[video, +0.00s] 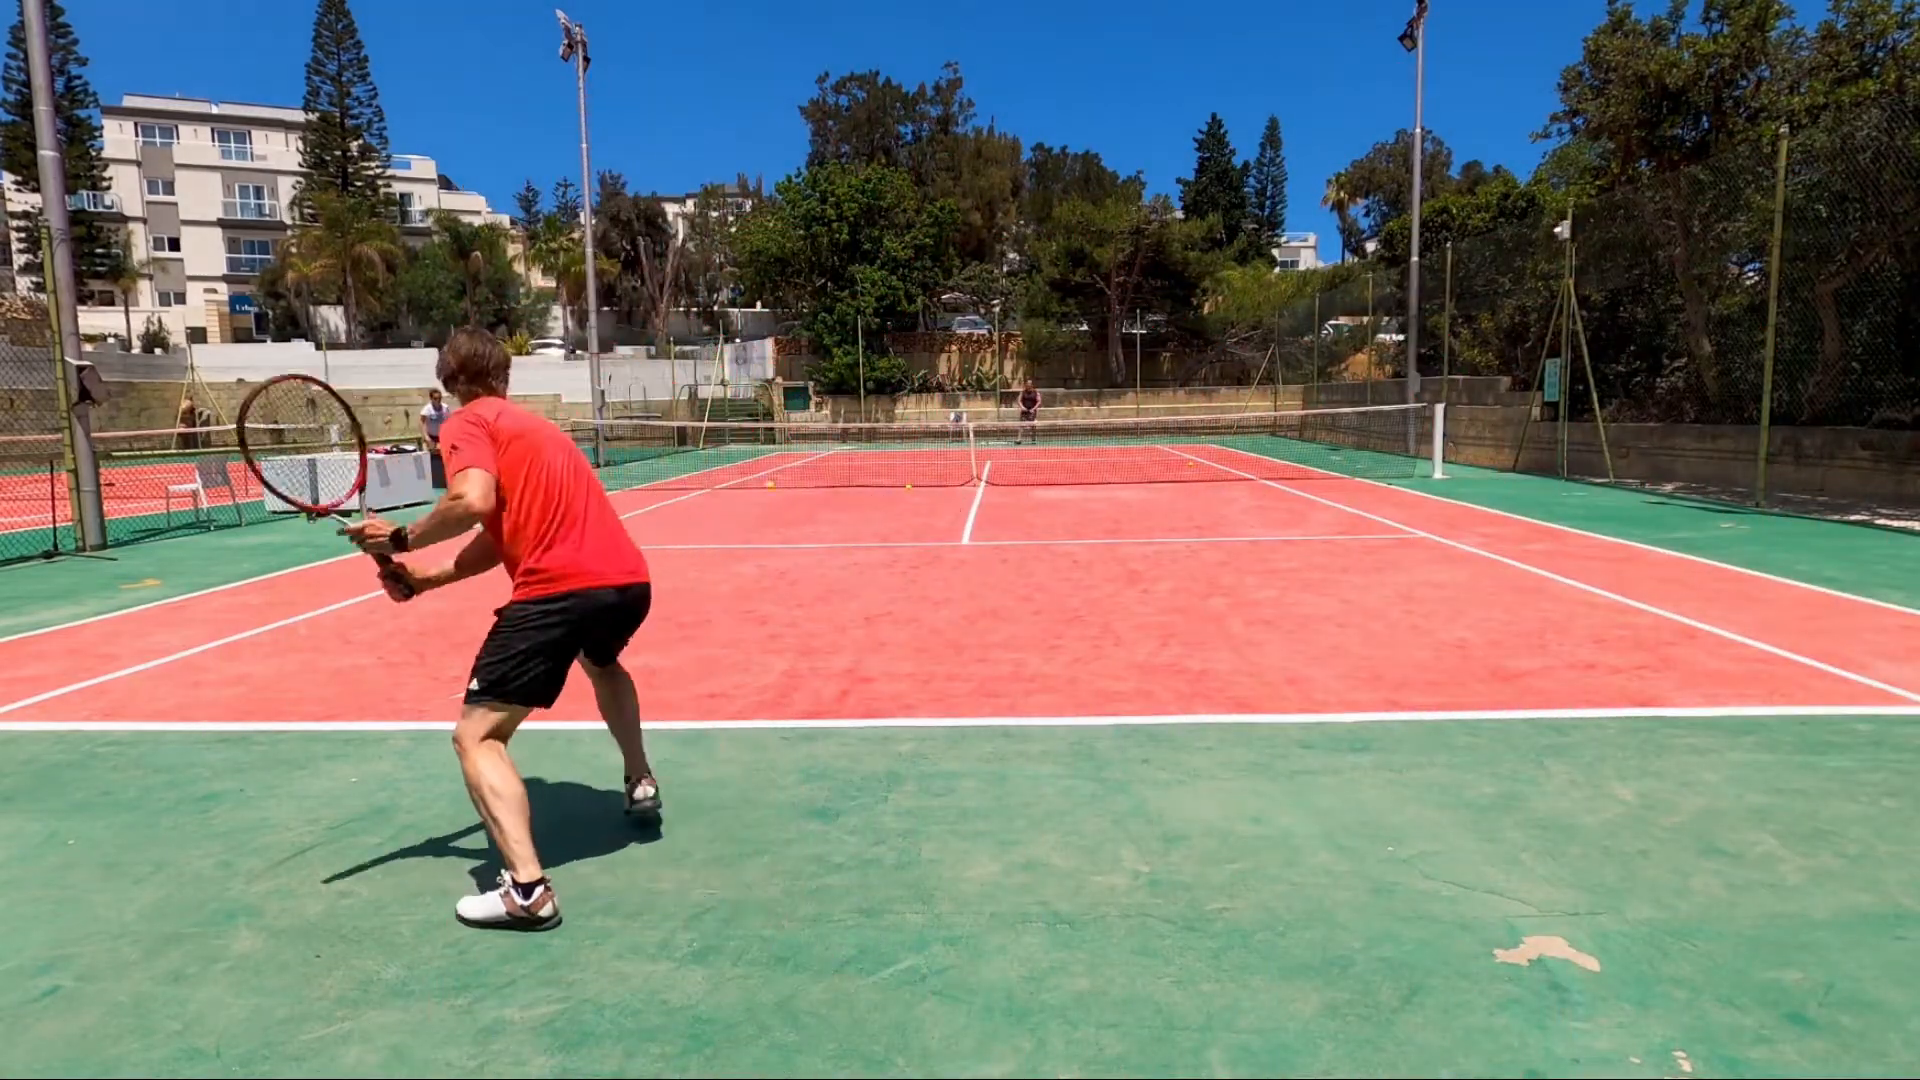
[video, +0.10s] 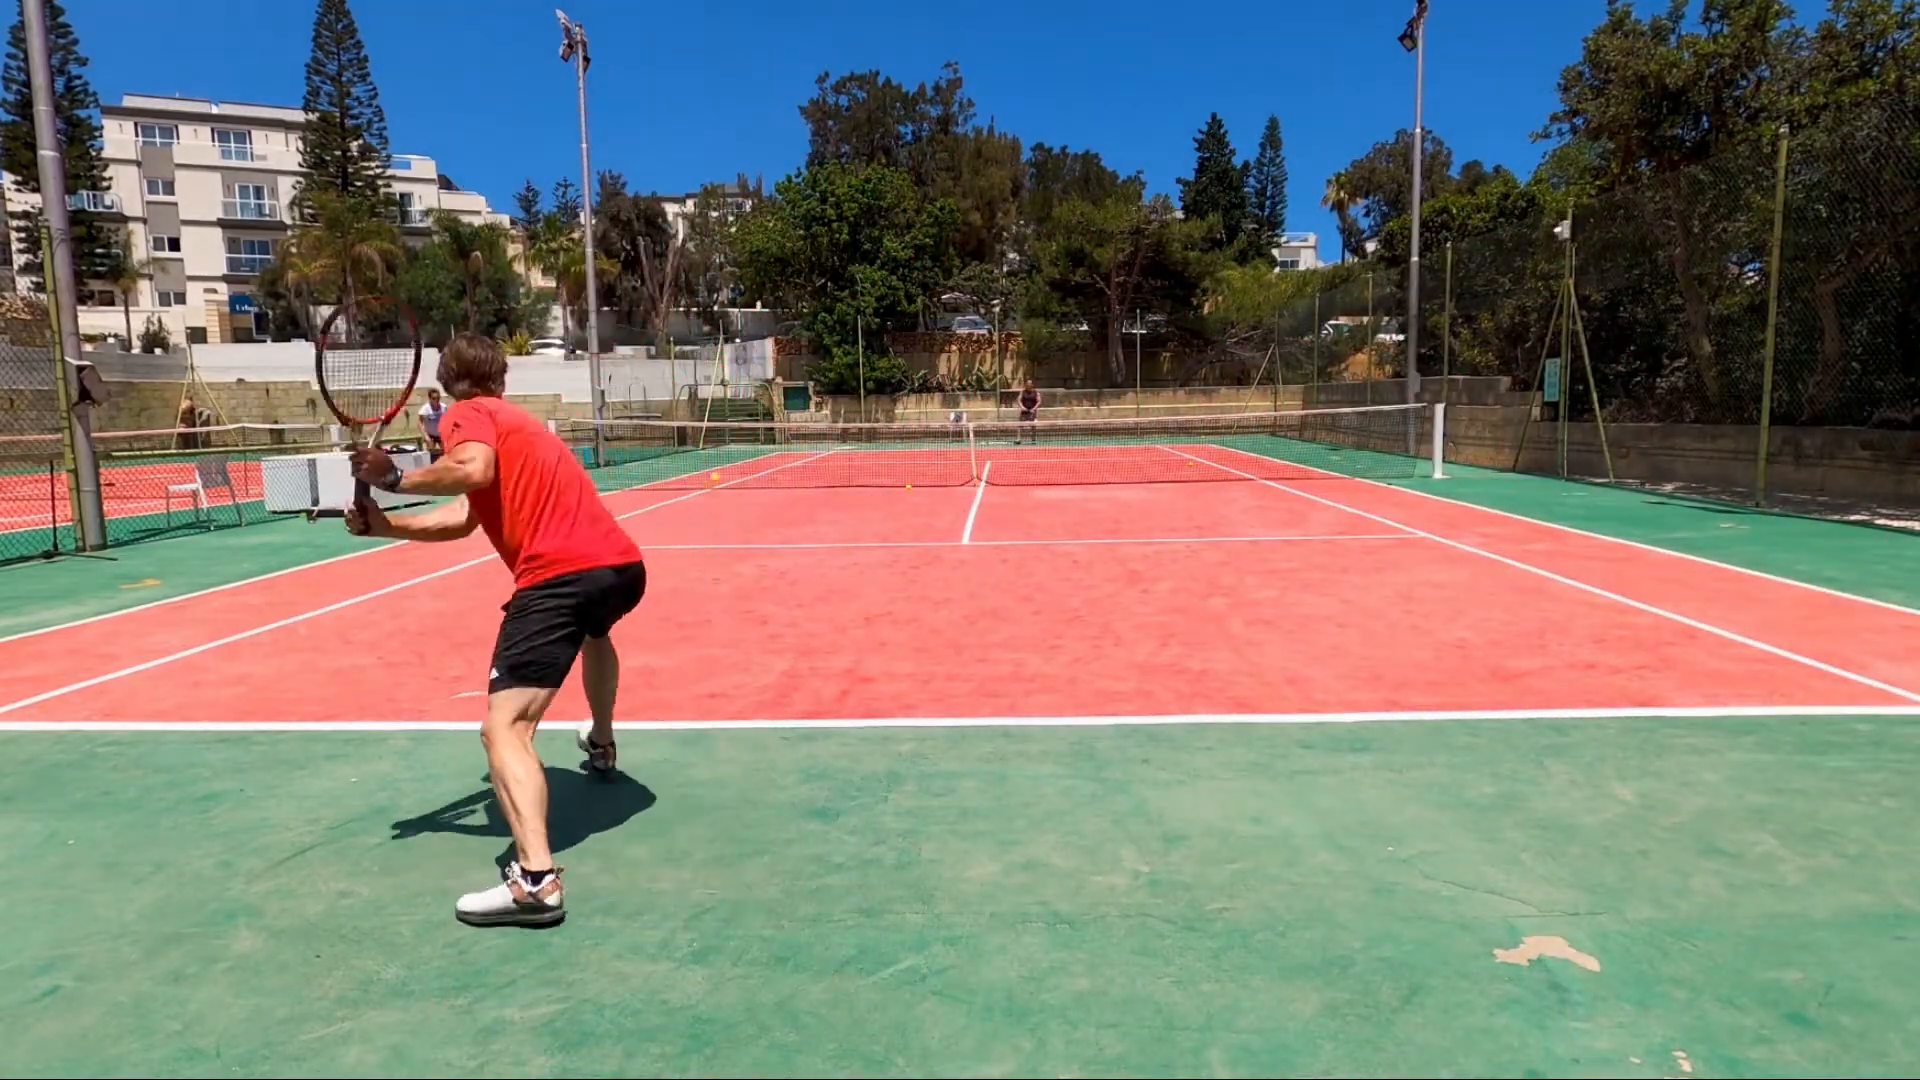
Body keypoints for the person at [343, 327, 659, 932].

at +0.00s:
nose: (439, 393)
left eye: (440, 383)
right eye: (441, 384)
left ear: (451, 382)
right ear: (501, 381)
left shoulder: (465, 424)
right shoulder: (536, 425)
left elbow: (473, 499)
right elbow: (499, 539)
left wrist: (403, 536)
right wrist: (425, 579)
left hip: (554, 593)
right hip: (627, 582)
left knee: (477, 736)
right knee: (602, 656)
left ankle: (527, 885)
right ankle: (641, 781)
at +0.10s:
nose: (438, 399)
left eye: (439, 389)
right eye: (440, 391)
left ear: (447, 386)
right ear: (500, 383)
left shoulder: (465, 413)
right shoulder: (519, 423)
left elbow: (472, 470)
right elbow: (463, 522)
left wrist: (396, 477)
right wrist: (384, 524)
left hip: (558, 578)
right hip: (622, 567)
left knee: (506, 727)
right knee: (593, 633)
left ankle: (536, 878)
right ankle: (603, 740)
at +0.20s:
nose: (434, 409)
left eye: (436, 400)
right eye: (433, 401)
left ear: (449, 399)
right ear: (493, 396)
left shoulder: (476, 425)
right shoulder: (507, 430)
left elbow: (482, 490)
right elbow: (427, 509)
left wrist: (401, 481)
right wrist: (358, 505)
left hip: (564, 576)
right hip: (616, 566)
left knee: (511, 711)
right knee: (578, 641)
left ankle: (541, 845)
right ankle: (572, 731)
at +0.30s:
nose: (448, 429)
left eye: (449, 420)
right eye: (449, 420)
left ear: (459, 422)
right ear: (500, 419)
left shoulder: (485, 451)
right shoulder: (510, 450)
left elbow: (459, 513)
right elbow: (432, 532)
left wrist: (372, 535)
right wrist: (356, 554)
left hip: (572, 588)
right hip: (610, 578)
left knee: (525, 716)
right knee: (544, 640)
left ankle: (554, 831)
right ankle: (564, 730)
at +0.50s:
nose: (454, 453)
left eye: (455, 447)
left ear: (460, 442)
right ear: (505, 443)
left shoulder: (469, 461)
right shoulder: (525, 471)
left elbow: (443, 489)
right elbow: (548, 532)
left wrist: (383, 513)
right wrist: (521, 593)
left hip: (543, 582)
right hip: (592, 575)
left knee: (538, 711)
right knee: (549, 634)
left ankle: (596, 781)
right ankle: (562, 725)